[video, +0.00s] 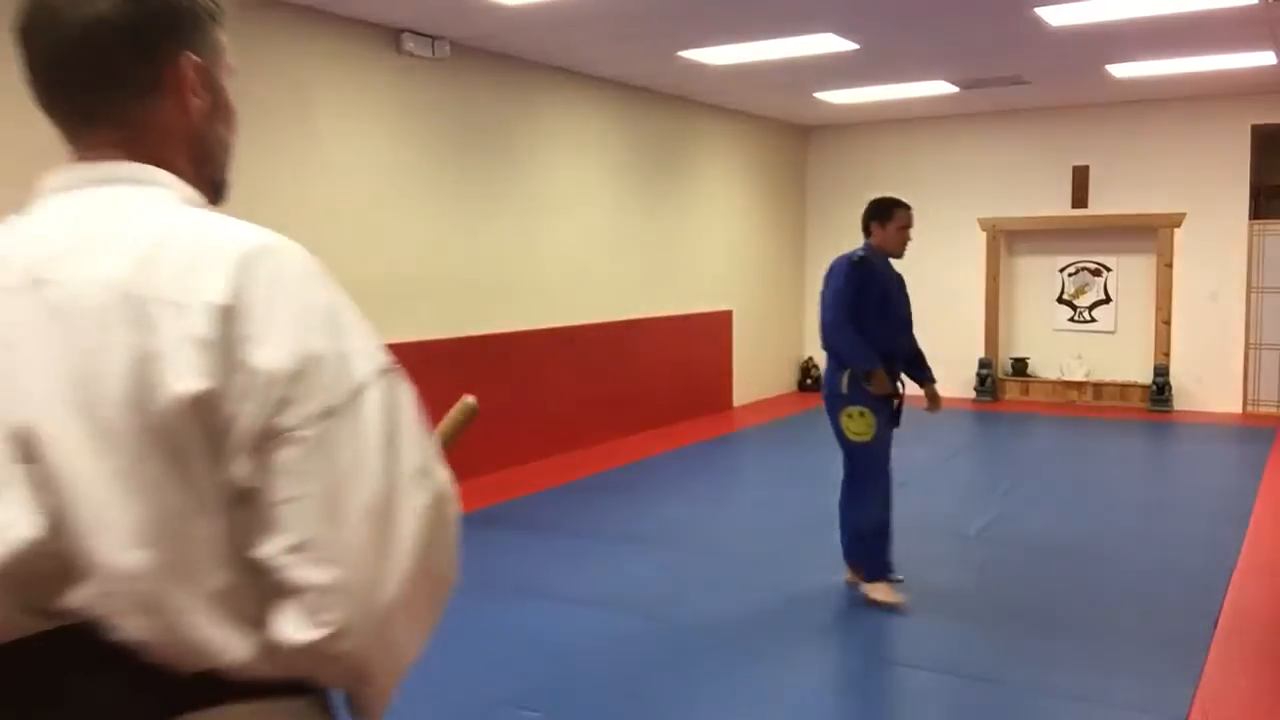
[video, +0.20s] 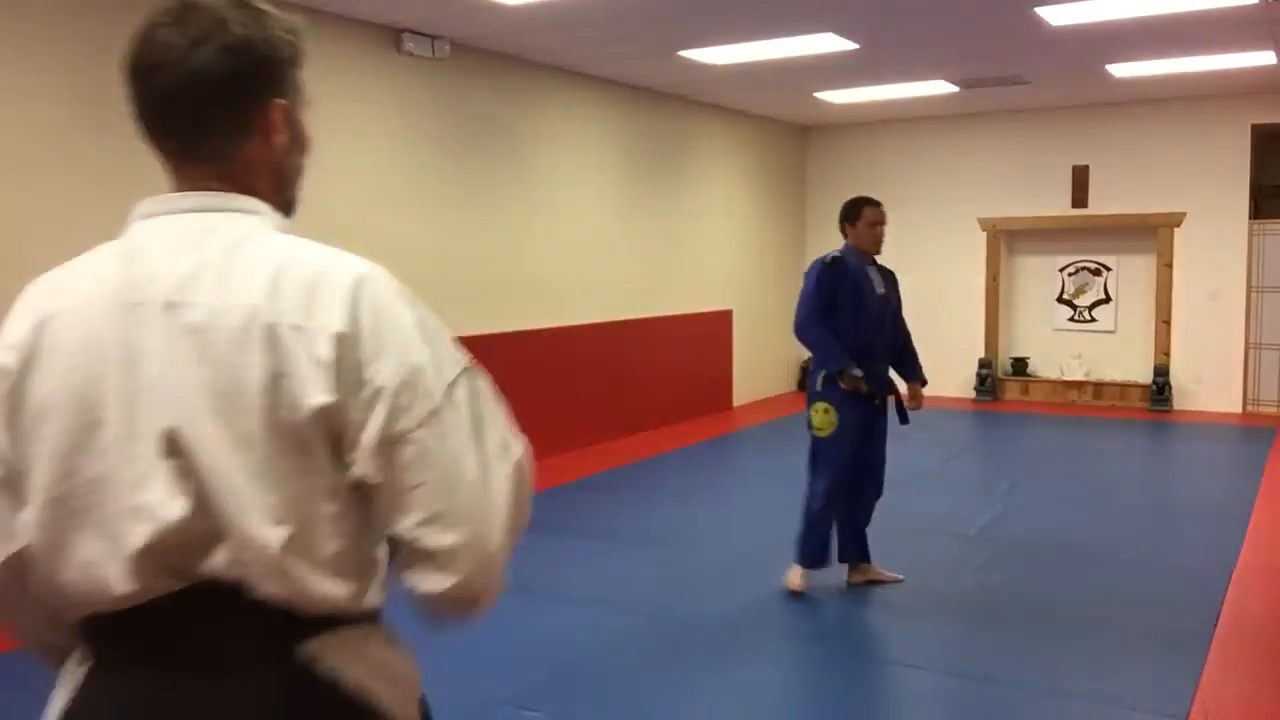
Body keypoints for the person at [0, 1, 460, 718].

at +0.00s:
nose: (234, 112)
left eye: (232, 85)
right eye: (229, 83)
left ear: (59, 101)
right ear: (191, 85)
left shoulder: (9, 265)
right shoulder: (251, 277)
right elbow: (370, 565)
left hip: (31, 684)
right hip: (232, 691)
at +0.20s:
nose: (309, 139)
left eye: (305, 116)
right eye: (304, 115)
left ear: (159, 132)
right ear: (275, 123)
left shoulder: (43, 312)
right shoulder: (348, 300)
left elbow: (11, 556)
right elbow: (469, 549)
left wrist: (88, 649)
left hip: (119, 680)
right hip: (309, 677)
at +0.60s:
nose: (370, 164)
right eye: (372, 150)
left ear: (258, 142)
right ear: (347, 150)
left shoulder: (150, 273)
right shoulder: (377, 248)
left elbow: (81, 477)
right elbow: (471, 183)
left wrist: (135, 576)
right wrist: (368, 155)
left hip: (202, 588)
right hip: (358, 586)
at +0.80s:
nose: (356, 198)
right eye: (359, 180)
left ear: (262, 166)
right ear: (339, 177)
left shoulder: (156, 282)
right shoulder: (352, 255)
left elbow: (94, 470)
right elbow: (414, 177)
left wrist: (136, 556)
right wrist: (260, 150)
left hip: (200, 565)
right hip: (332, 562)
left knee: (212, 708)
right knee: (373, 707)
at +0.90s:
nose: (348, 190)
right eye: (352, 176)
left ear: (262, 163)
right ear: (328, 173)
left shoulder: (156, 272)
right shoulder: (337, 248)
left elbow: (105, 448)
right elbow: (402, 175)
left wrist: (140, 541)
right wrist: (255, 162)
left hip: (193, 546)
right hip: (318, 547)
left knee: (207, 708)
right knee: (375, 707)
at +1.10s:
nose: (346, 186)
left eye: (347, 172)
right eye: (345, 171)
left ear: (255, 161)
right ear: (321, 167)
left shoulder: (168, 266)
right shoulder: (337, 242)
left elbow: (137, 427)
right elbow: (408, 206)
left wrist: (177, 516)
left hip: (198, 520)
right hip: (320, 519)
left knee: (202, 703)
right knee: (353, 700)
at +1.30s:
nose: (349, 200)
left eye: (351, 184)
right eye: (349, 184)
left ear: (270, 181)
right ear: (327, 185)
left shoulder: (198, 282)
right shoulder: (357, 266)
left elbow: (173, 427)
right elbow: (452, 299)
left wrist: (222, 490)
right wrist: (395, 257)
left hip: (234, 510)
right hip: (346, 508)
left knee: (226, 686)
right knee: (370, 683)